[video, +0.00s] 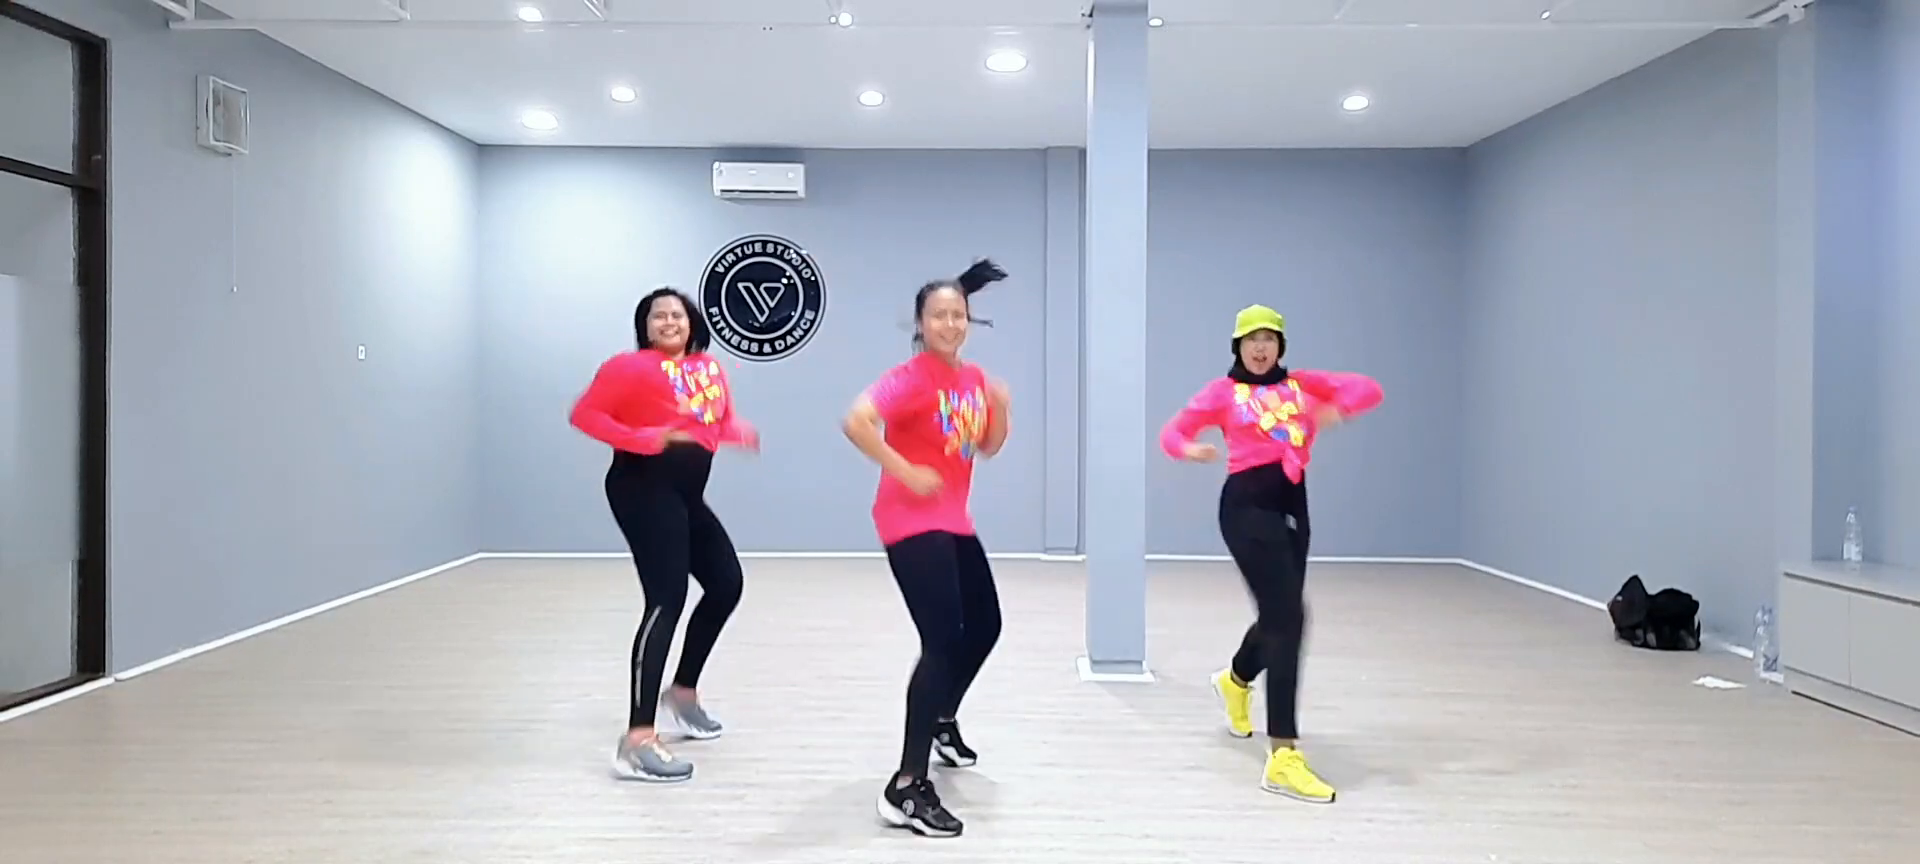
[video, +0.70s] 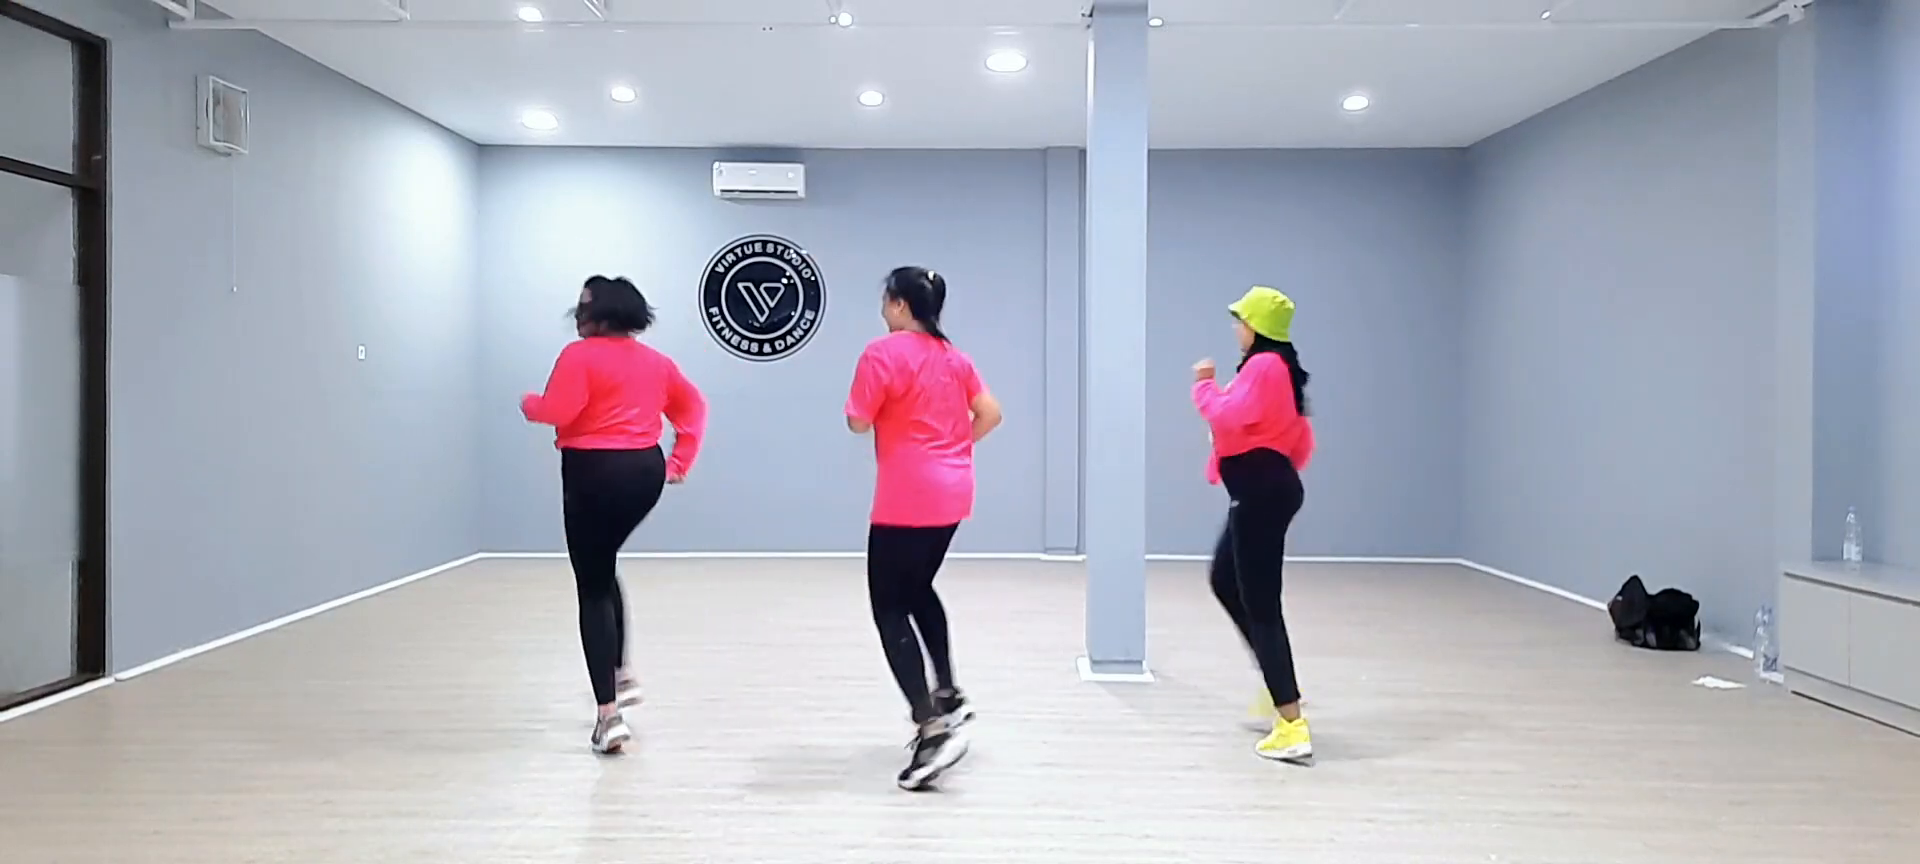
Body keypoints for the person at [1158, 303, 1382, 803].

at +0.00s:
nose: (1260, 348)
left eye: (1268, 340)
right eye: (1251, 340)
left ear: (1281, 346)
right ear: (1238, 347)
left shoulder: (1302, 384)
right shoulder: (1224, 392)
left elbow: (1370, 389)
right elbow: (1171, 434)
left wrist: (1336, 410)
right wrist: (1187, 450)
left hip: (1291, 505)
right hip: (1246, 505)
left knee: (1283, 610)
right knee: (1285, 613)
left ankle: (1237, 679)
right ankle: (1283, 754)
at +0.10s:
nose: (1274, 353)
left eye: (1281, 346)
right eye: (1264, 345)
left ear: (1289, 353)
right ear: (1246, 351)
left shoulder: (1306, 403)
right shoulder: (1230, 408)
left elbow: (1349, 440)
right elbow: (1212, 472)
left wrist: (1362, 457)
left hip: (1298, 526)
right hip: (1259, 523)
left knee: (1289, 626)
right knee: (1319, 627)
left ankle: (1228, 686)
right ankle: (1288, 757)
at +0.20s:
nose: (1297, 343)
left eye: (1299, 336)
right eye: (1288, 335)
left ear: (1296, 344)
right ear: (1263, 341)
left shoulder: (1286, 393)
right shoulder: (1251, 390)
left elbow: (1295, 459)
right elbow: (1256, 452)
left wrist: (1331, 487)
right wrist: (1314, 429)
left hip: (1288, 513)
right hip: (1276, 514)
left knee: (1289, 617)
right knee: (1327, 626)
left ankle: (1227, 702)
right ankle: (1289, 756)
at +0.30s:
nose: (1303, 335)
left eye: (1301, 327)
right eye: (1300, 328)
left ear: (1257, 332)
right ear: (1287, 330)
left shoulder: (1237, 377)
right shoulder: (1289, 368)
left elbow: (1214, 442)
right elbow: (1306, 422)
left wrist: (1247, 479)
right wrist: (1337, 415)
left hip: (1251, 493)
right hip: (1295, 489)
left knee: (1274, 602)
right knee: (1316, 612)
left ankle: (1256, 716)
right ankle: (1295, 742)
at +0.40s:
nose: (1301, 335)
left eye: (1296, 328)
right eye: (1299, 329)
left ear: (1253, 332)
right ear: (1293, 331)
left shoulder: (1222, 378)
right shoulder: (1315, 375)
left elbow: (1178, 424)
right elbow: (1343, 436)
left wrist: (1201, 458)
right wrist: (1328, 449)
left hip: (1247, 491)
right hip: (1304, 490)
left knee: (1265, 612)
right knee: (1317, 602)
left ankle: (1291, 728)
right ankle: (1320, 710)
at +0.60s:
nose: (1242, 343)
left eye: (1245, 338)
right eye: (1245, 337)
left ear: (1255, 341)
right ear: (1287, 339)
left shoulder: (1248, 379)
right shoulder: (1305, 388)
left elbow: (1202, 425)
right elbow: (1328, 457)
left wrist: (1182, 392)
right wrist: (1303, 494)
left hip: (1247, 492)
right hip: (1294, 493)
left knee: (1256, 616)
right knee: (1275, 601)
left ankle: (1290, 731)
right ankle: (1328, 675)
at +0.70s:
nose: (1235, 327)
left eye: (1241, 321)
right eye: (1238, 320)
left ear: (1256, 327)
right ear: (1272, 327)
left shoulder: (1264, 365)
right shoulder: (1277, 366)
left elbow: (1228, 415)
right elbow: (1302, 436)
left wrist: (1203, 383)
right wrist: (1284, 470)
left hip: (1261, 490)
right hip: (1270, 487)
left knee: (1261, 607)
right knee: (1225, 580)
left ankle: (1291, 725)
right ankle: (1282, 690)